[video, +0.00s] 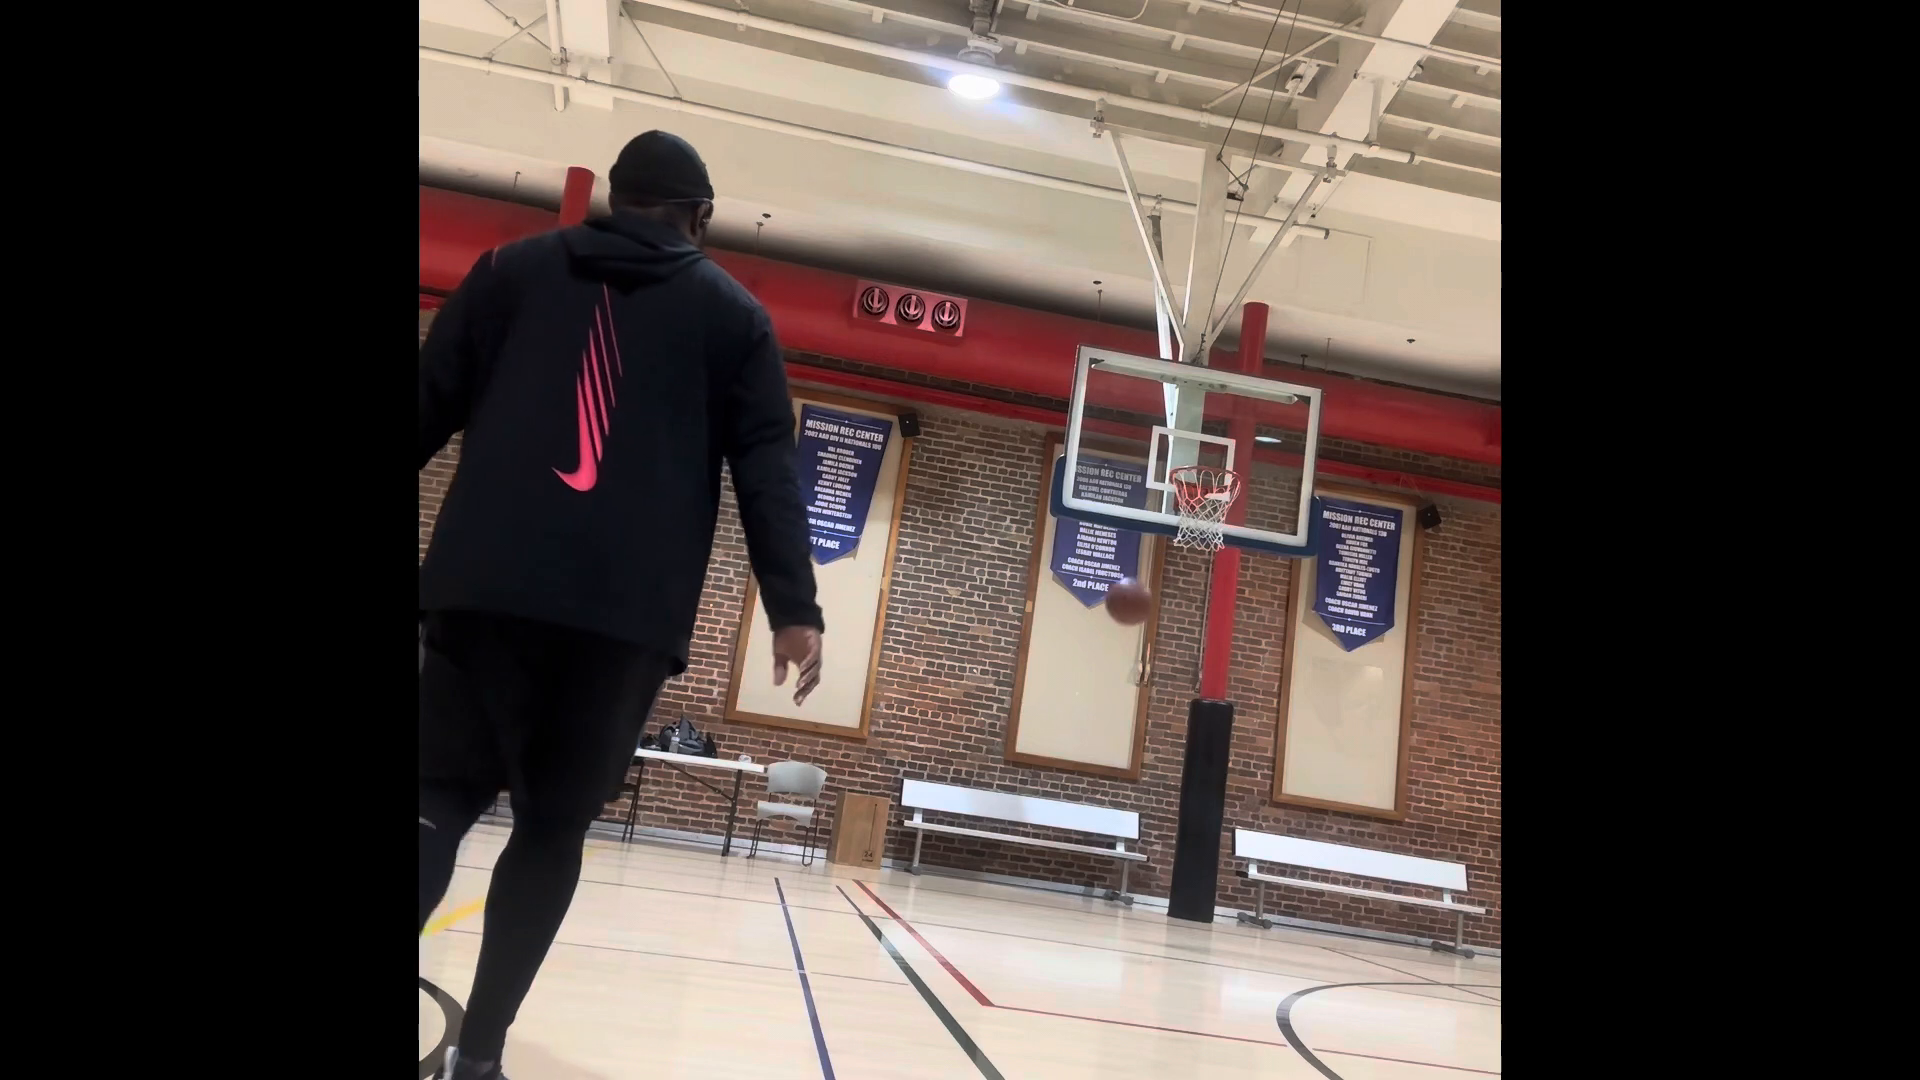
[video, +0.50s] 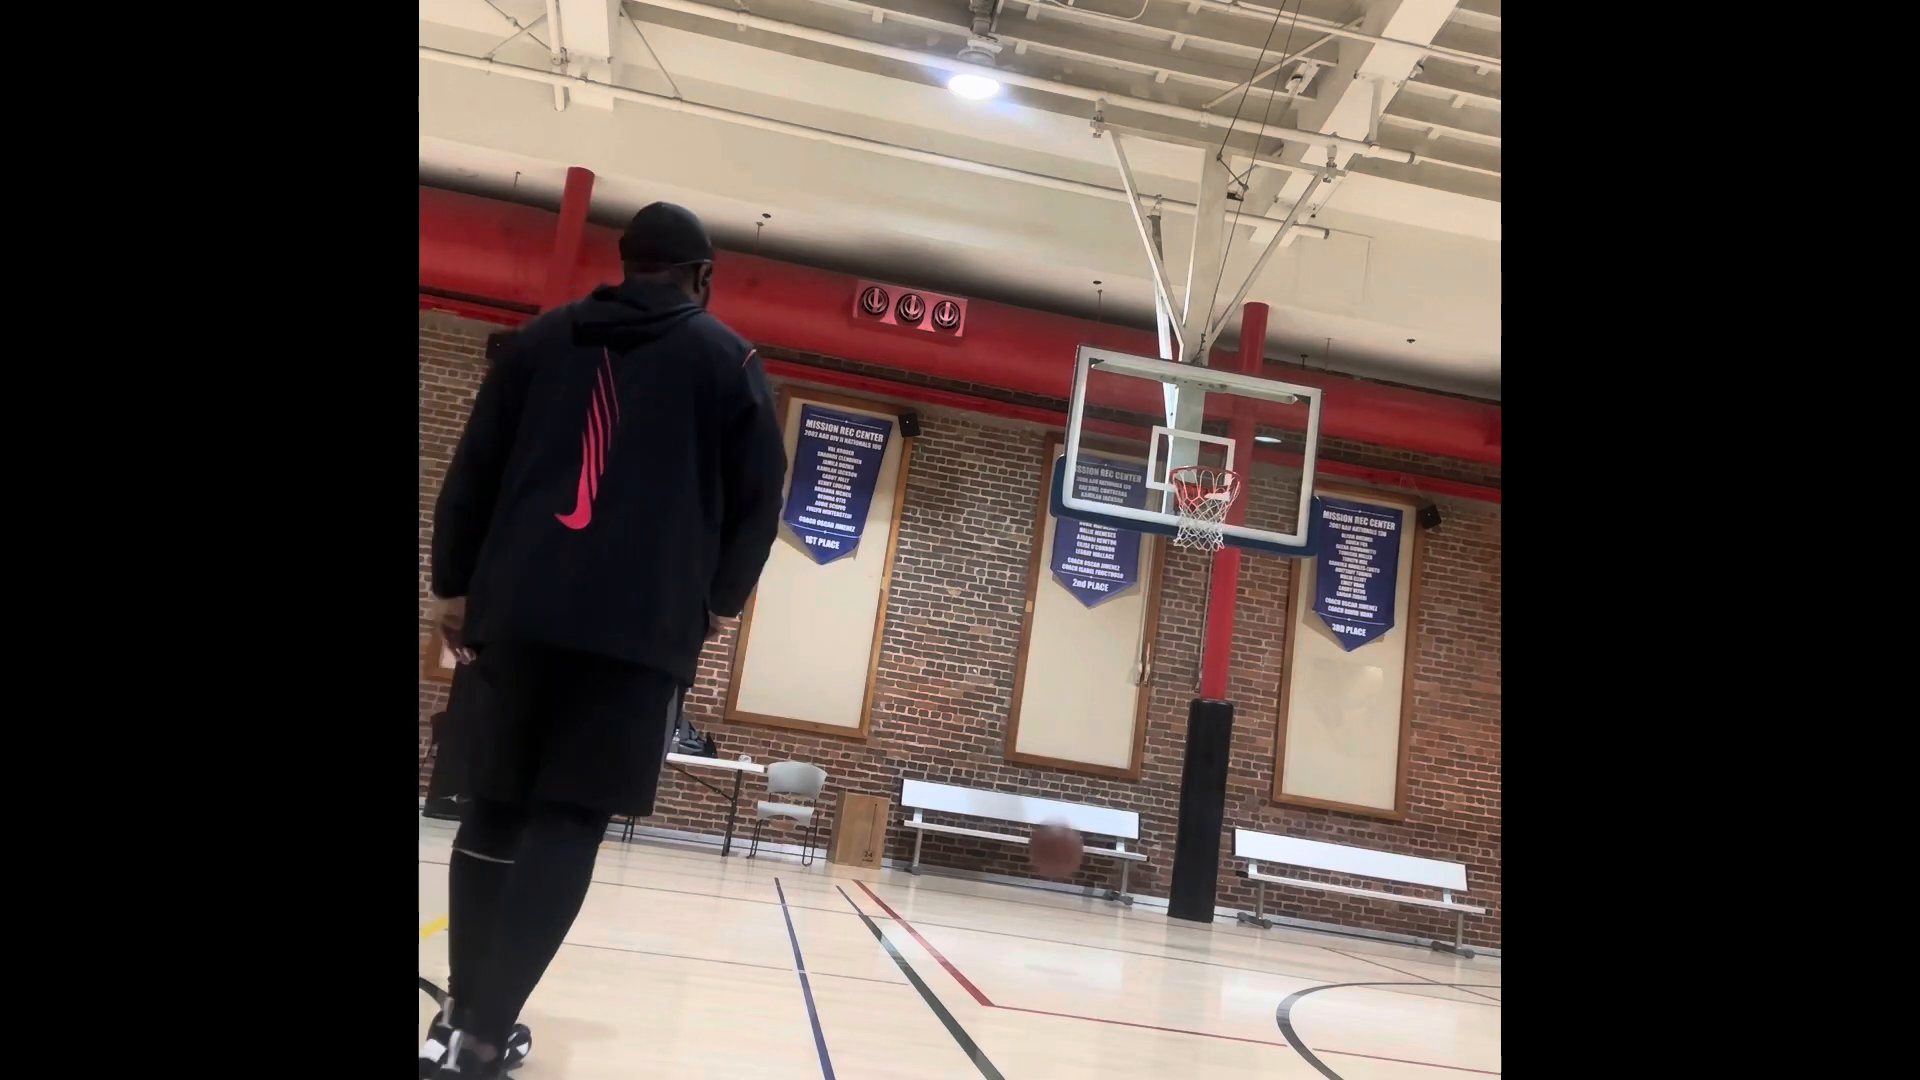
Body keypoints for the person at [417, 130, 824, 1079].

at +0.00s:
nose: (690, 227)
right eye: (701, 216)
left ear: (607, 194)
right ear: (697, 215)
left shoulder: (512, 269)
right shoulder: (731, 316)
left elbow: (426, 407)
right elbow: (767, 469)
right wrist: (796, 605)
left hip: (477, 584)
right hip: (624, 616)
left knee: (439, 793)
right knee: (552, 830)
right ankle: (477, 1048)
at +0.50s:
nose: (710, 289)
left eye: (703, 277)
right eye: (710, 277)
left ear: (625, 263)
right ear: (699, 274)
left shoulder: (541, 338)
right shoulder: (726, 361)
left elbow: (474, 468)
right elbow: (760, 493)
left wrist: (451, 591)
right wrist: (721, 598)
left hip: (515, 617)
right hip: (636, 638)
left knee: (491, 810)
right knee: (568, 824)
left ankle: (473, 1012)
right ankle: (480, 1035)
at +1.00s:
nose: (755, 336)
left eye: (755, 325)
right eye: (755, 324)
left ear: (676, 308)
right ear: (740, 318)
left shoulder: (603, 384)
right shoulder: (741, 390)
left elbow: (567, 508)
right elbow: (765, 521)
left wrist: (598, 597)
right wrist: (794, 635)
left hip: (577, 638)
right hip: (685, 651)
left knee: (558, 798)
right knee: (686, 817)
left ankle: (476, 1008)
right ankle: (626, 1024)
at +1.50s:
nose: (822, 376)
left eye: (822, 365)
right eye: (822, 363)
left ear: (747, 349)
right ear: (801, 354)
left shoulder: (681, 415)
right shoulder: (797, 417)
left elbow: (638, 536)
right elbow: (830, 538)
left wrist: (637, 643)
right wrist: (872, 645)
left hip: (662, 654)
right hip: (739, 665)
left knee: (676, 821)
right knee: (730, 828)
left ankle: (635, 1002)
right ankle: (629, 1019)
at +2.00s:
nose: (846, 376)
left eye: (842, 367)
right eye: (847, 366)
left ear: (773, 352)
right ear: (834, 359)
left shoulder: (702, 417)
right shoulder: (849, 427)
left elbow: (660, 545)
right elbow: (877, 553)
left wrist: (688, 628)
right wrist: (890, 666)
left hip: (692, 657)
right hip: (790, 667)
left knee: (689, 812)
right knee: (784, 835)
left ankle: (632, 1000)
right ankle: (738, 1037)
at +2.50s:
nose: (792, 358)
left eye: (785, 345)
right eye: (791, 346)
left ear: (712, 331)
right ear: (779, 339)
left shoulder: (639, 398)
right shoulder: (787, 381)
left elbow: (608, 525)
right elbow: (815, 511)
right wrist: (819, 633)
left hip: (604, 637)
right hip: (723, 647)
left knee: (581, 822)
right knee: (716, 839)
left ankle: (495, 1038)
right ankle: (728, 1034)